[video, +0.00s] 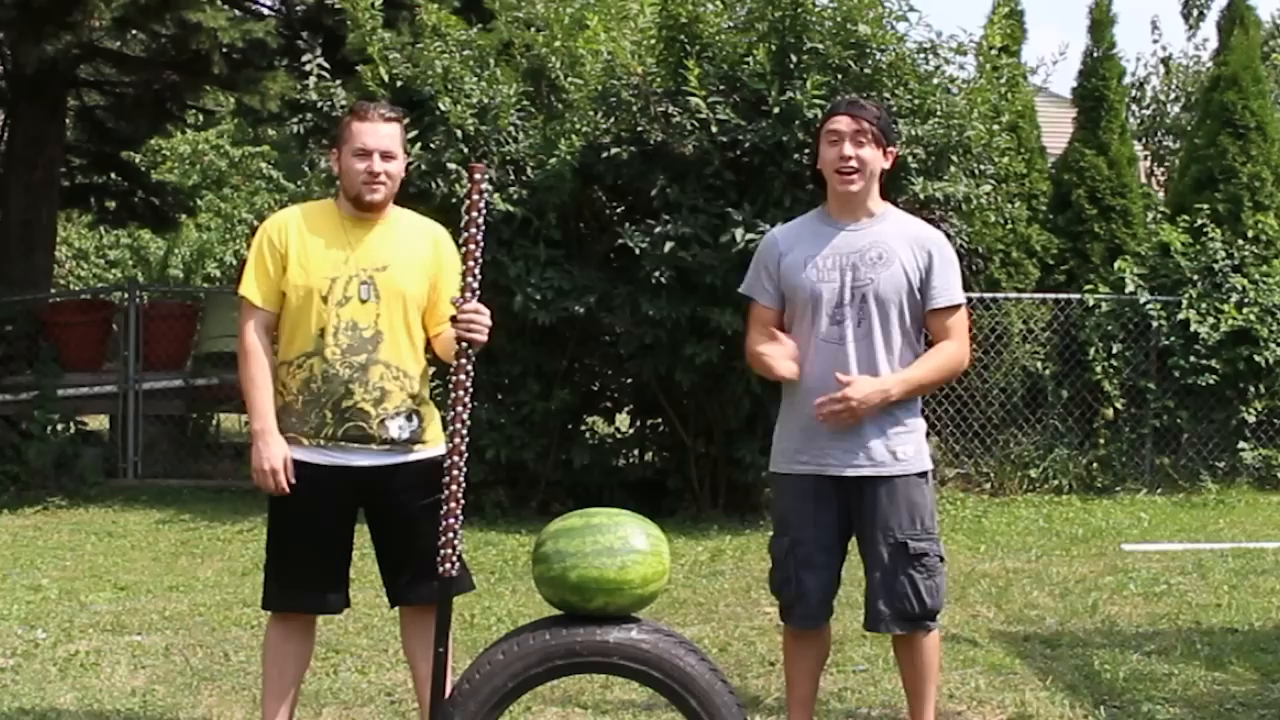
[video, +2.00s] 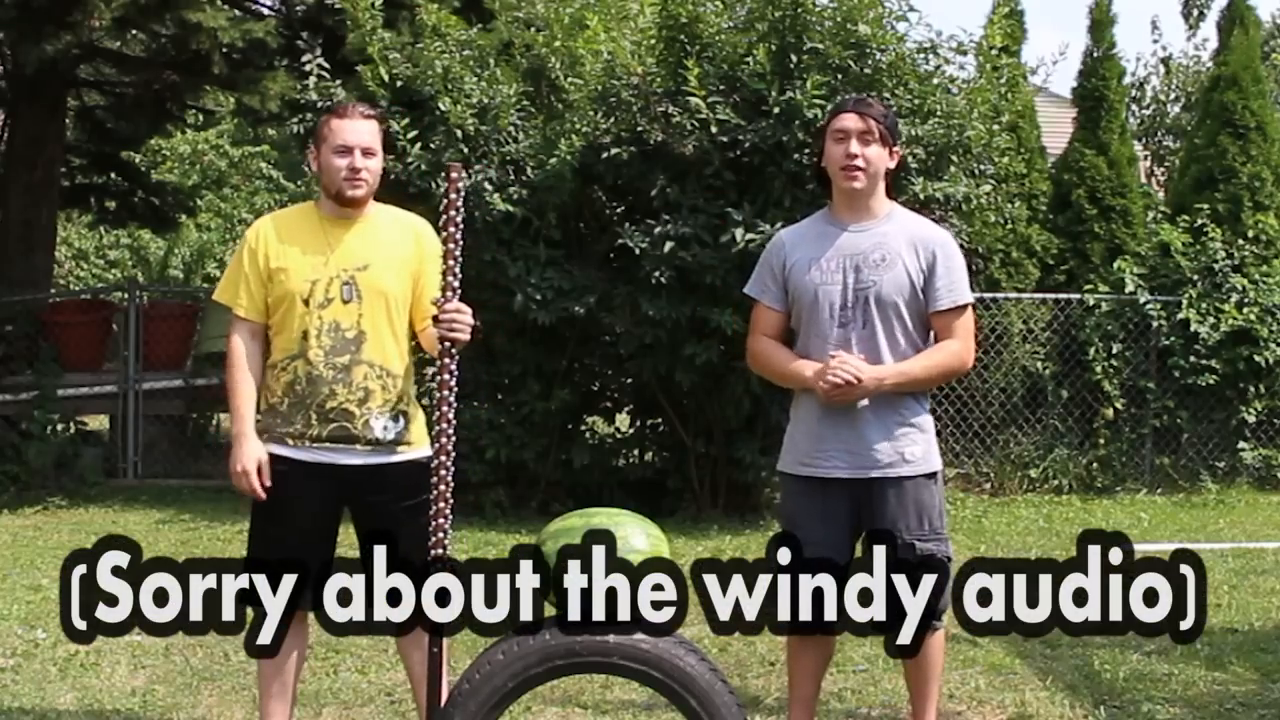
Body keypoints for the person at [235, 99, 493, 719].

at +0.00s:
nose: (376, 166)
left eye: (389, 155)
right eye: (363, 153)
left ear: (405, 165)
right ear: (335, 160)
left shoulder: (432, 240)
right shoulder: (285, 231)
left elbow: (442, 342)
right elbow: (255, 333)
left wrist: (467, 335)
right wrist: (264, 430)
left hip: (409, 456)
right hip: (310, 454)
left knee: (426, 599)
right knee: (293, 604)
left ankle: (438, 715)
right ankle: (275, 717)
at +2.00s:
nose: (356, 163)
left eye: (368, 153)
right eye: (343, 152)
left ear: (383, 163)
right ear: (314, 160)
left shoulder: (415, 236)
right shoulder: (270, 235)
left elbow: (430, 331)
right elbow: (245, 340)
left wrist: (454, 330)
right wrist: (244, 433)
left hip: (395, 456)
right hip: (295, 454)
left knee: (418, 604)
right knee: (281, 604)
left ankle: (438, 716)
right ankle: (275, 717)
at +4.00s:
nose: (357, 170)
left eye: (371, 160)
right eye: (345, 156)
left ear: (388, 171)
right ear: (319, 159)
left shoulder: (411, 243)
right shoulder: (266, 230)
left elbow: (427, 344)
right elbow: (233, 325)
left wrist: (455, 336)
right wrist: (222, 423)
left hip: (378, 459)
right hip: (279, 454)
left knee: (406, 604)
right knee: (272, 603)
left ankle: (435, 715)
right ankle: (273, 718)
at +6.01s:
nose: (362, 158)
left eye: (372, 148)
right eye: (348, 147)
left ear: (383, 161)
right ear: (316, 158)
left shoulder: (413, 234)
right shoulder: (276, 234)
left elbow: (450, 334)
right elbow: (266, 332)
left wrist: (434, 290)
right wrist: (353, 329)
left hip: (407, 449)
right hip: (307, 450)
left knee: (426, 599)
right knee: (290, 599)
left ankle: (437, 716)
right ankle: (276, 716)